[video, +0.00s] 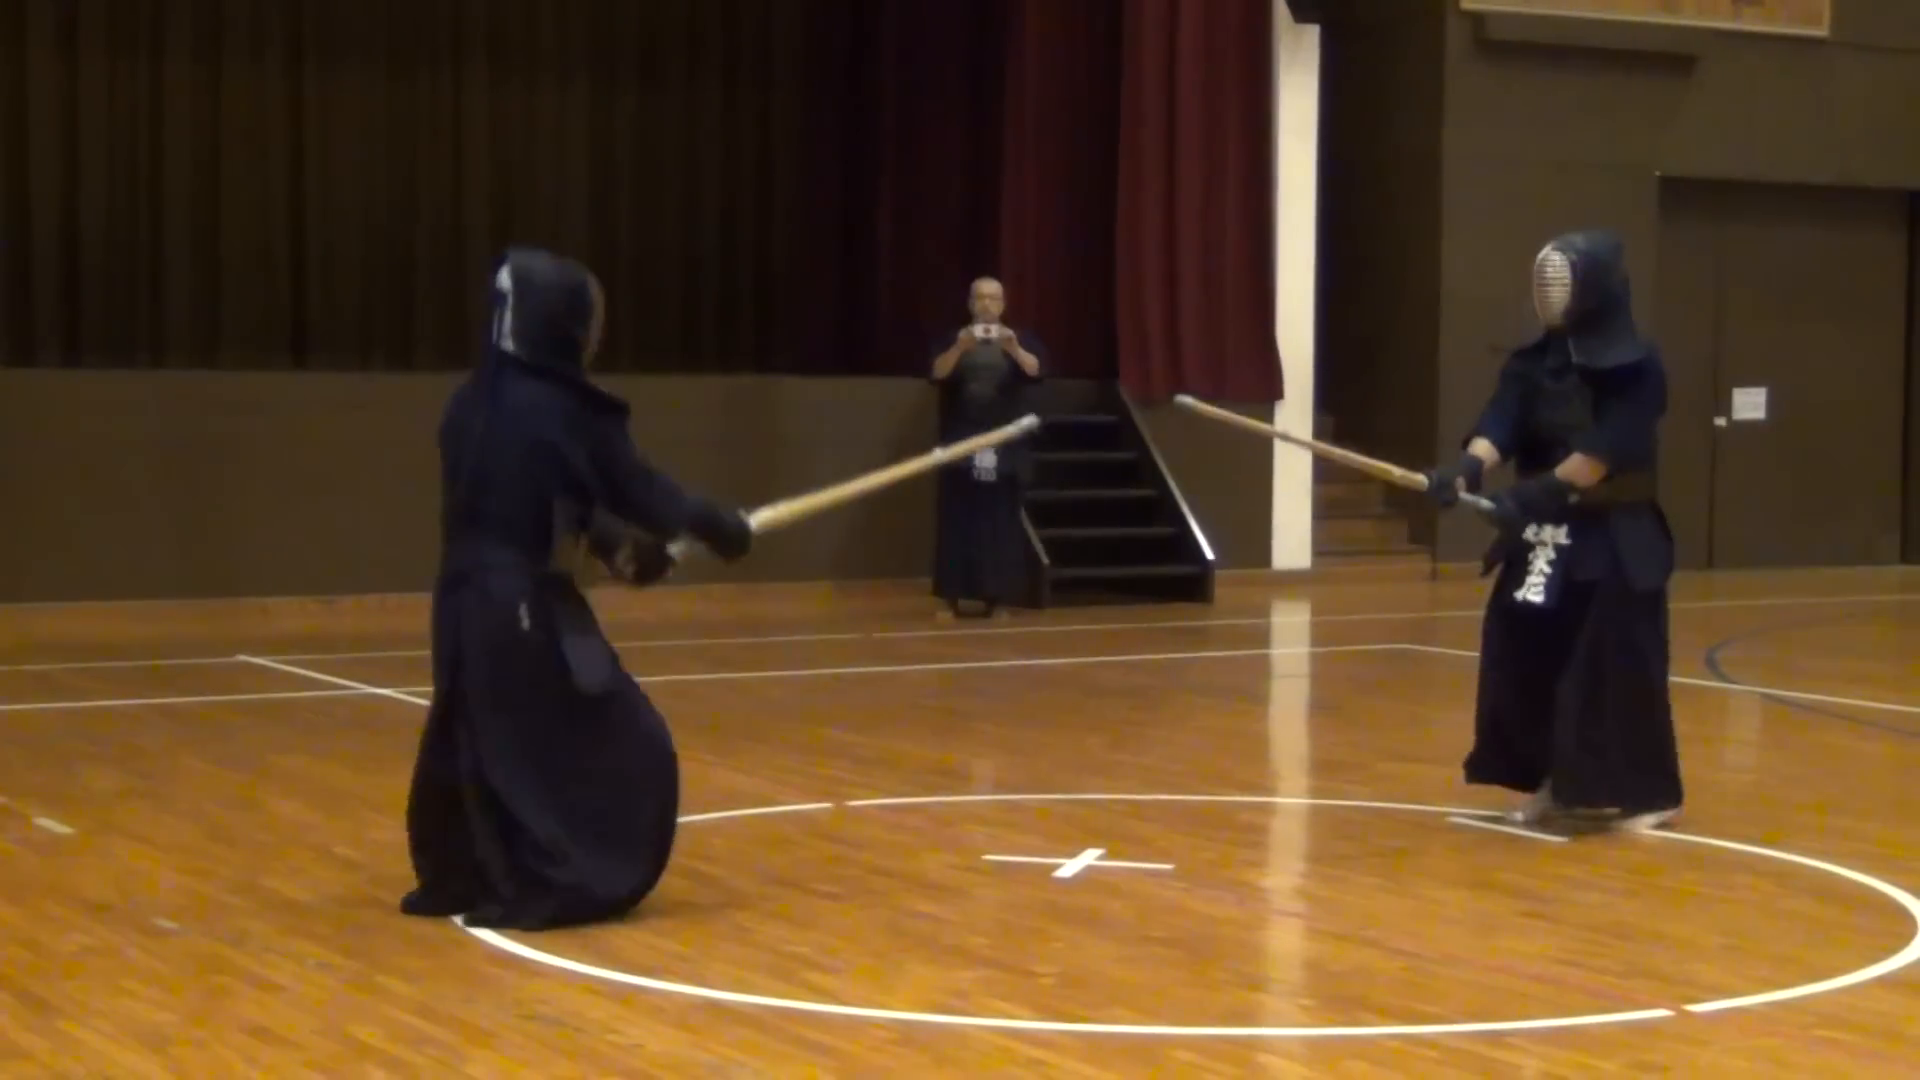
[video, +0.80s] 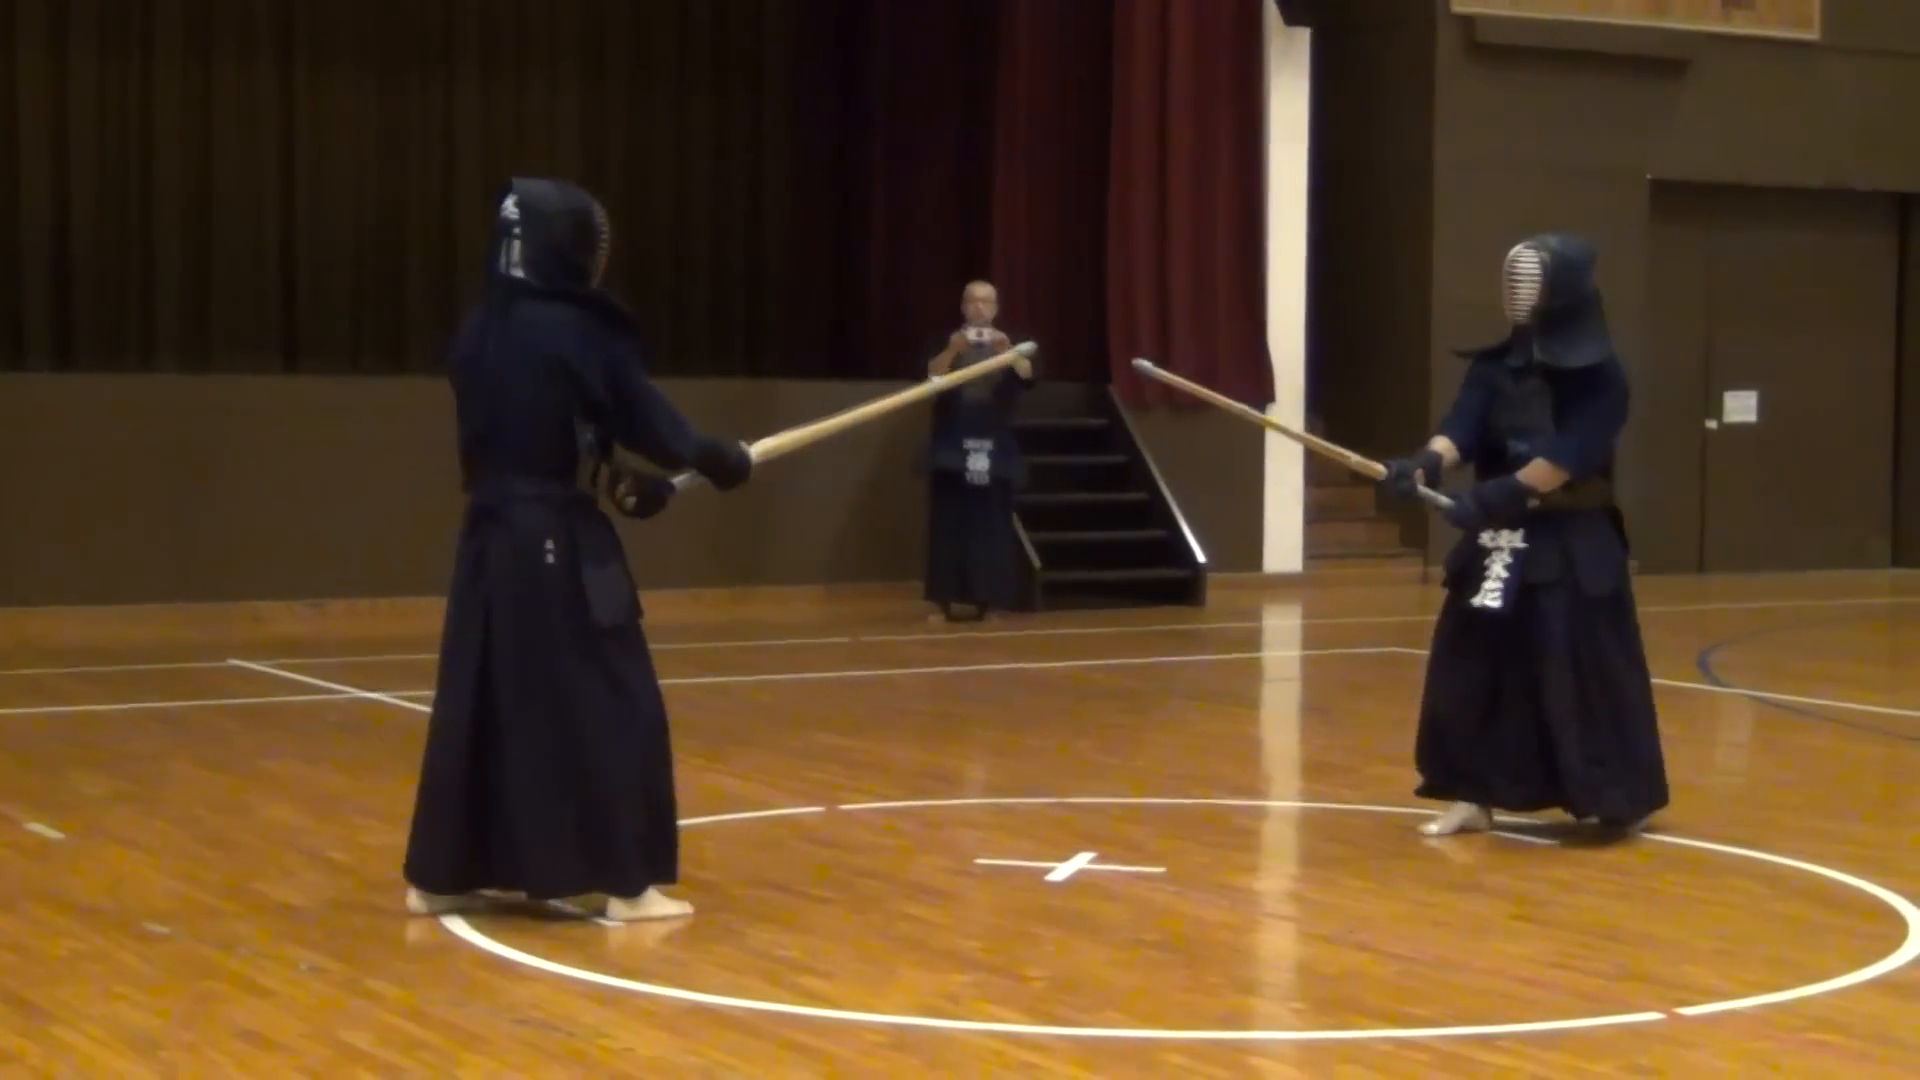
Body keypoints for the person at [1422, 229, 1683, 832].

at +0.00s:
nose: (1547, 295)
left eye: (1560, 284)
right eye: (1543, 283)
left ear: (1595, 287)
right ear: (1540, 287)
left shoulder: (1631, 364)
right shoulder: (1533, 360)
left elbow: (1604, 454)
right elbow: (1501, 423)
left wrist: (1532, 495)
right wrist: (1467, 466)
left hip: (1618, 530)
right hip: (1548, 527)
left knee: (1615, 656)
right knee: (1533, 649)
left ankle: (1649, 792)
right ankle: (1562, 782)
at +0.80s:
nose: (1516, 299)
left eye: (1529, 288)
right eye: (1513, 286)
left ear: (1564, 292)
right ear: (1509, 289)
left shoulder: (1596, 373)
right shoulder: (1495, 364)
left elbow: (1569, 459)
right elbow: (1462, 428)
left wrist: (1490, 499)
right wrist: (1425, 464)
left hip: (1574, 538)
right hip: (1498, 533)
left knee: (1584, 666)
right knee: (1471, 661)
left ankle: (1619, 797)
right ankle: (1472, 797)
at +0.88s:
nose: (1497, 295)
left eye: (1510, 283)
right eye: (1493, 282)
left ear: (1545, 288)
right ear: (1487, 285)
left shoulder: (1578, 371)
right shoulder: (1476, 362)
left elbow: (1546, 458)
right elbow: (1442, 427)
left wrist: (1468, 496)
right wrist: (1407, 461)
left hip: (1557, 531)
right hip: (1483, 527)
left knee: (1571, 661)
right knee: (1460, 658)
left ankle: (1610, 792)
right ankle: (1466, 798)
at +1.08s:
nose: (1460, 291)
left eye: (1474, 279)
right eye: (1457, 279)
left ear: (1508, 286)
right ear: (1452, 284)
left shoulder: (1540, 368)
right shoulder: (1436, 360)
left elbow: (1507, 455)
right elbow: (1402, 422)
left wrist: (1429, 493)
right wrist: (1368, 459)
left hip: (1518, 531)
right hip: (1446, 527)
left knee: (1530, 660)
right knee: (1444, 658)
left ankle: (1574, 796)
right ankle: (1462, 798)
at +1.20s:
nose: (1442, 291)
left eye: (1455, 279)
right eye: (1439, 278)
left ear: (1491, 286)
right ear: (1435, 282)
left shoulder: (1523, 368)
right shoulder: (1421, 360)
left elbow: (1493, 454)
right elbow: (1386, 421)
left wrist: (1412, 491)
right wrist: (1350, 460)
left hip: (1502, 534)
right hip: (1431, 531)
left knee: (1504, 667)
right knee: (1434, 661)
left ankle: (1523, 806)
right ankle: (1450, 798)